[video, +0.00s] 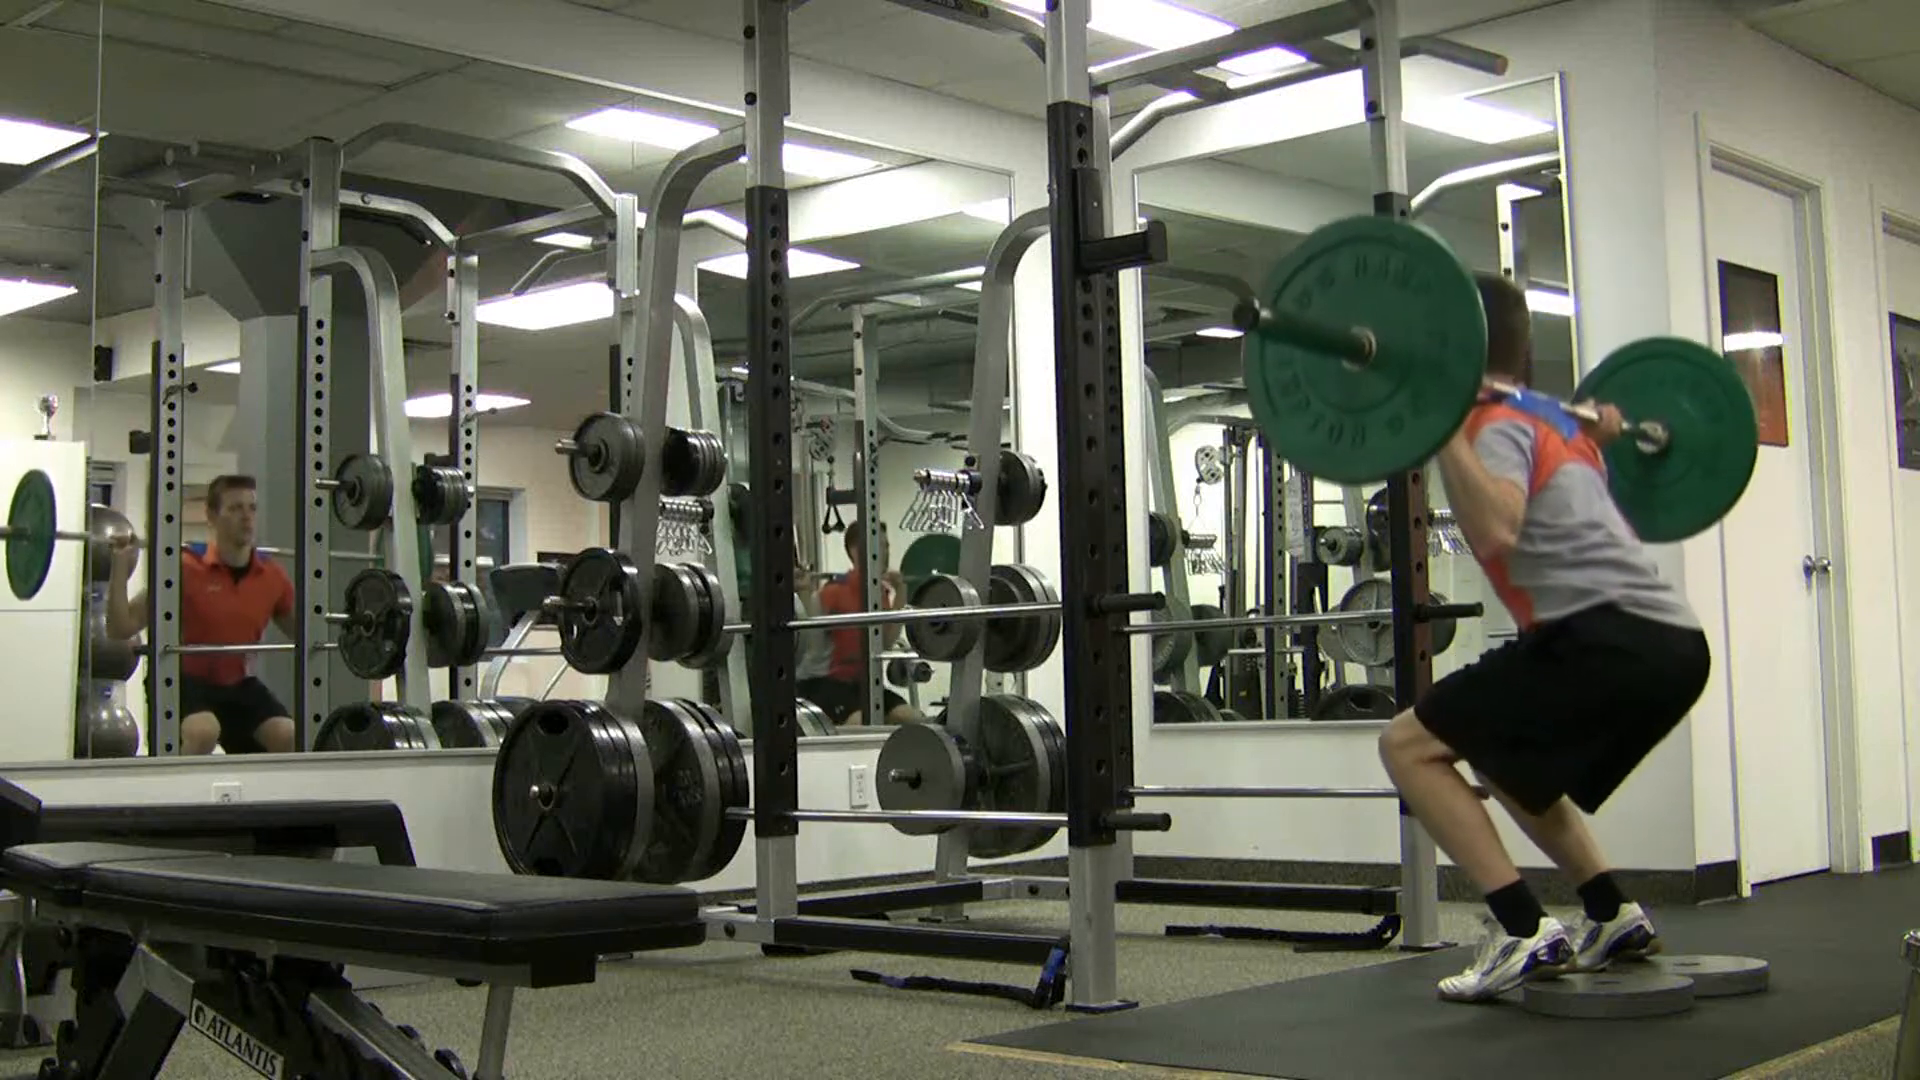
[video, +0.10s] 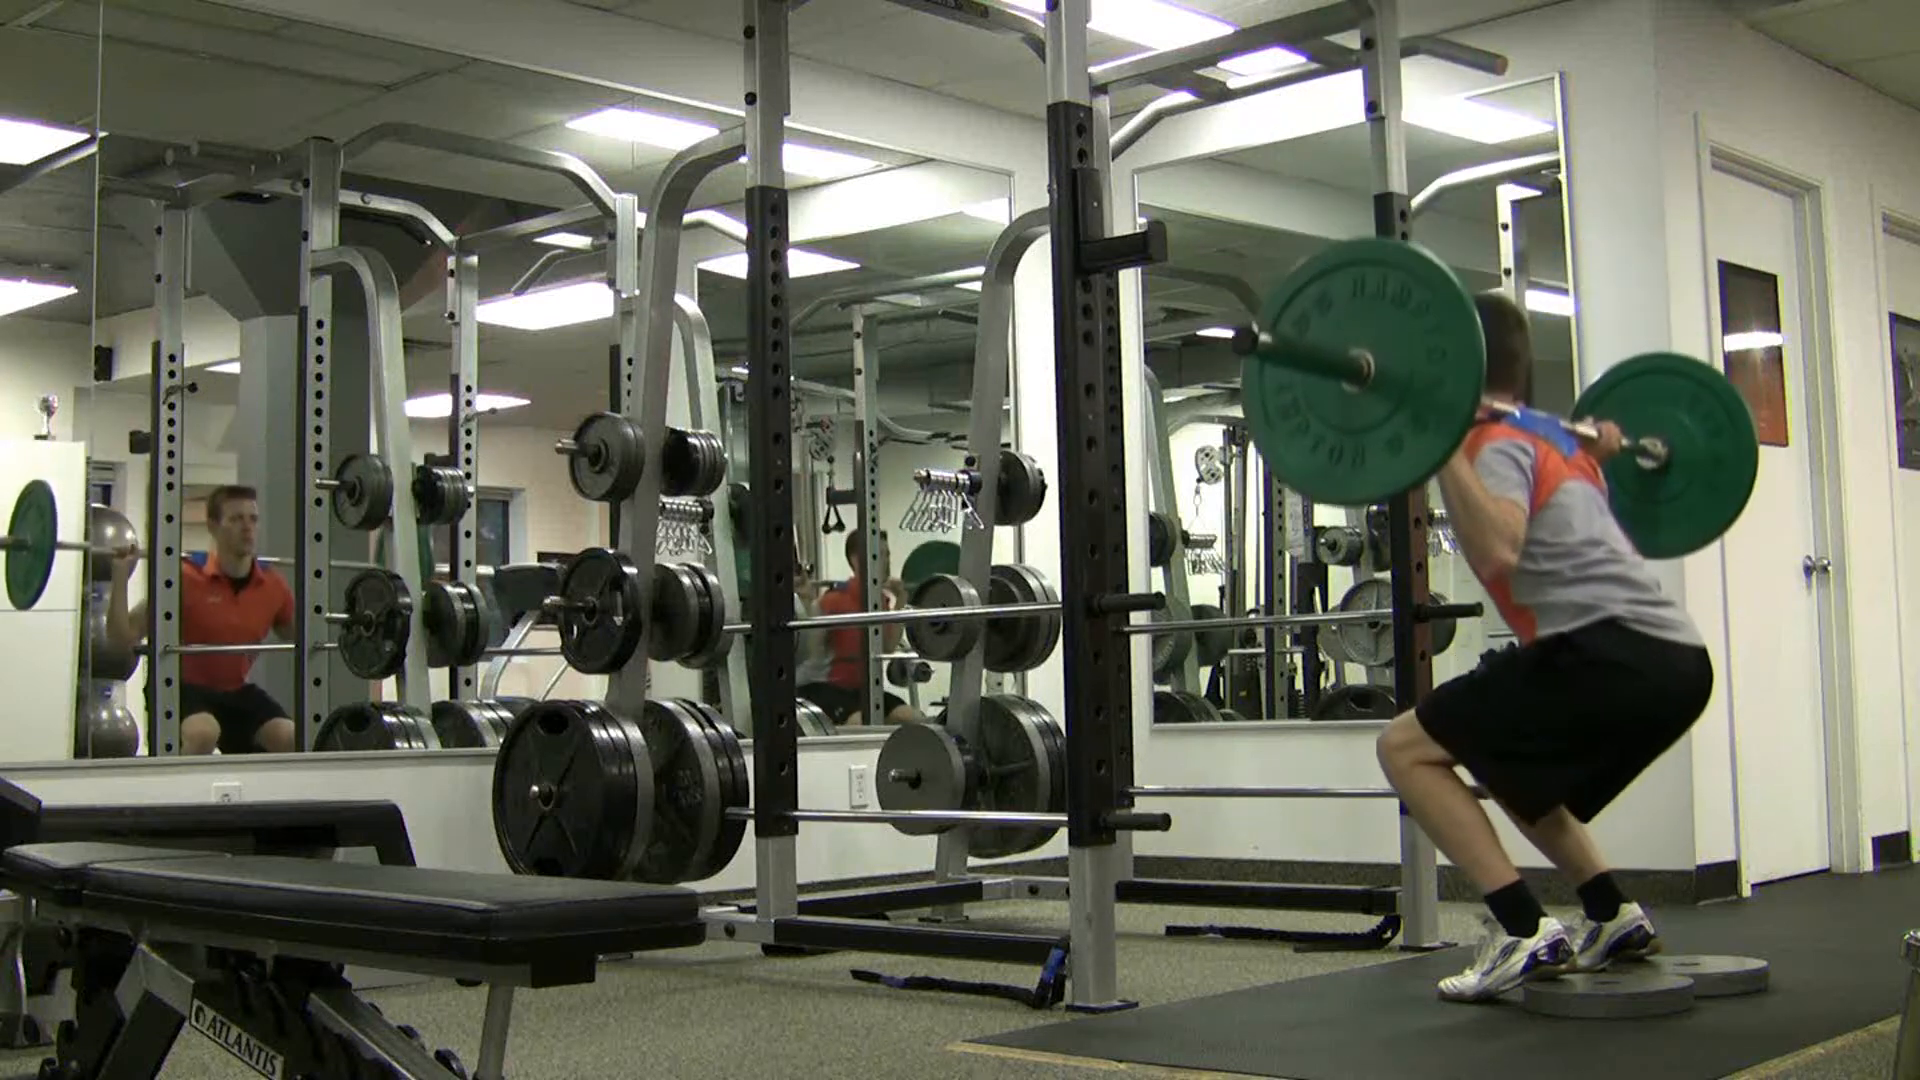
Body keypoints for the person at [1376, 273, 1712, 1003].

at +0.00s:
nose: (1429, 360)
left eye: (1438, 343)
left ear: (1456, 351)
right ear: (1517, 351)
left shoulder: (1499, 421)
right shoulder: (1560, 421)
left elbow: (1495, 532)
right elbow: (1579, 496)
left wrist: (1441, 427)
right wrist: (1593, 435)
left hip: (1600, 636)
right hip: (1675, 647)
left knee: (1408, 745)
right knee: (1511, 769)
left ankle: (1521, 929)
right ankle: (1612, 913)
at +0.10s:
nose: (1430, 373)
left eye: (1440, 357)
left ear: (1454, 366)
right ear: (1520, 370)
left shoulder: (1499, 439)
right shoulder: (1558, 437)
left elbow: (1496, 553)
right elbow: (1574, 510)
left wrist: (1441, 444)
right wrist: (1591, 452)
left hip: (1602, 654)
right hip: (1678, 664)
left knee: (1405, 747)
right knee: (1512, 775)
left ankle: (1523, 930)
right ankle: (1613, 914)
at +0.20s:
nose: (1430, 390)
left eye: (1439, 374)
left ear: (1453, 383)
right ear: (1522, 386)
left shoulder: (1500, 457)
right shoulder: (1561, 453)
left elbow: (1498, 571)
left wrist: (1441, 463)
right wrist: (1596, 465)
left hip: (1607, 670)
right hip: (1678, 679)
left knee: (1402, 749)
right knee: (1505, 771)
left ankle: (1522, 930)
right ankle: (1612, 913)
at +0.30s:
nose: (1425, 403)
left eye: (1433, 389)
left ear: (1451, 397)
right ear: (1519, 400)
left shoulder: (1501, 474)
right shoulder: (1560, 468)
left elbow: (1499, 586)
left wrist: (1440, 478)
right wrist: (1593, 478)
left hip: (1612, 683)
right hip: (1678, 693)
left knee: (1401, 750)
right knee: (1505, 779)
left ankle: (1523, 930)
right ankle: (1612, 913)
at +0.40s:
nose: (1430, 414)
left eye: (1438, 400)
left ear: (1454, 411)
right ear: (1522, 414)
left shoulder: (1500, 490)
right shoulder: (1561, 480)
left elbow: (1501, 601)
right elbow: (1580, 535)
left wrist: (1441, 493)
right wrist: (1594, 491)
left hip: (1615, 696)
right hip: (1678, 708)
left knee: (1399, 752)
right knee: (1503, 780)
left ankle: (1523, 931)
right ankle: (1611, 915)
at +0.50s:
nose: (1431, 429)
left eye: (1438, 415)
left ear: (1452, 424)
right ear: (1522, 428)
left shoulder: (1500, 503)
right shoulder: (1563, 494)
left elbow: (1501, 615)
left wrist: (1440, 507)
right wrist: (1596, 503)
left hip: (1617, 709)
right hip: (1679, 721)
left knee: (1398, 753)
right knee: (1498, 779)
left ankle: (1524, 931)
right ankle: (1611, 913)